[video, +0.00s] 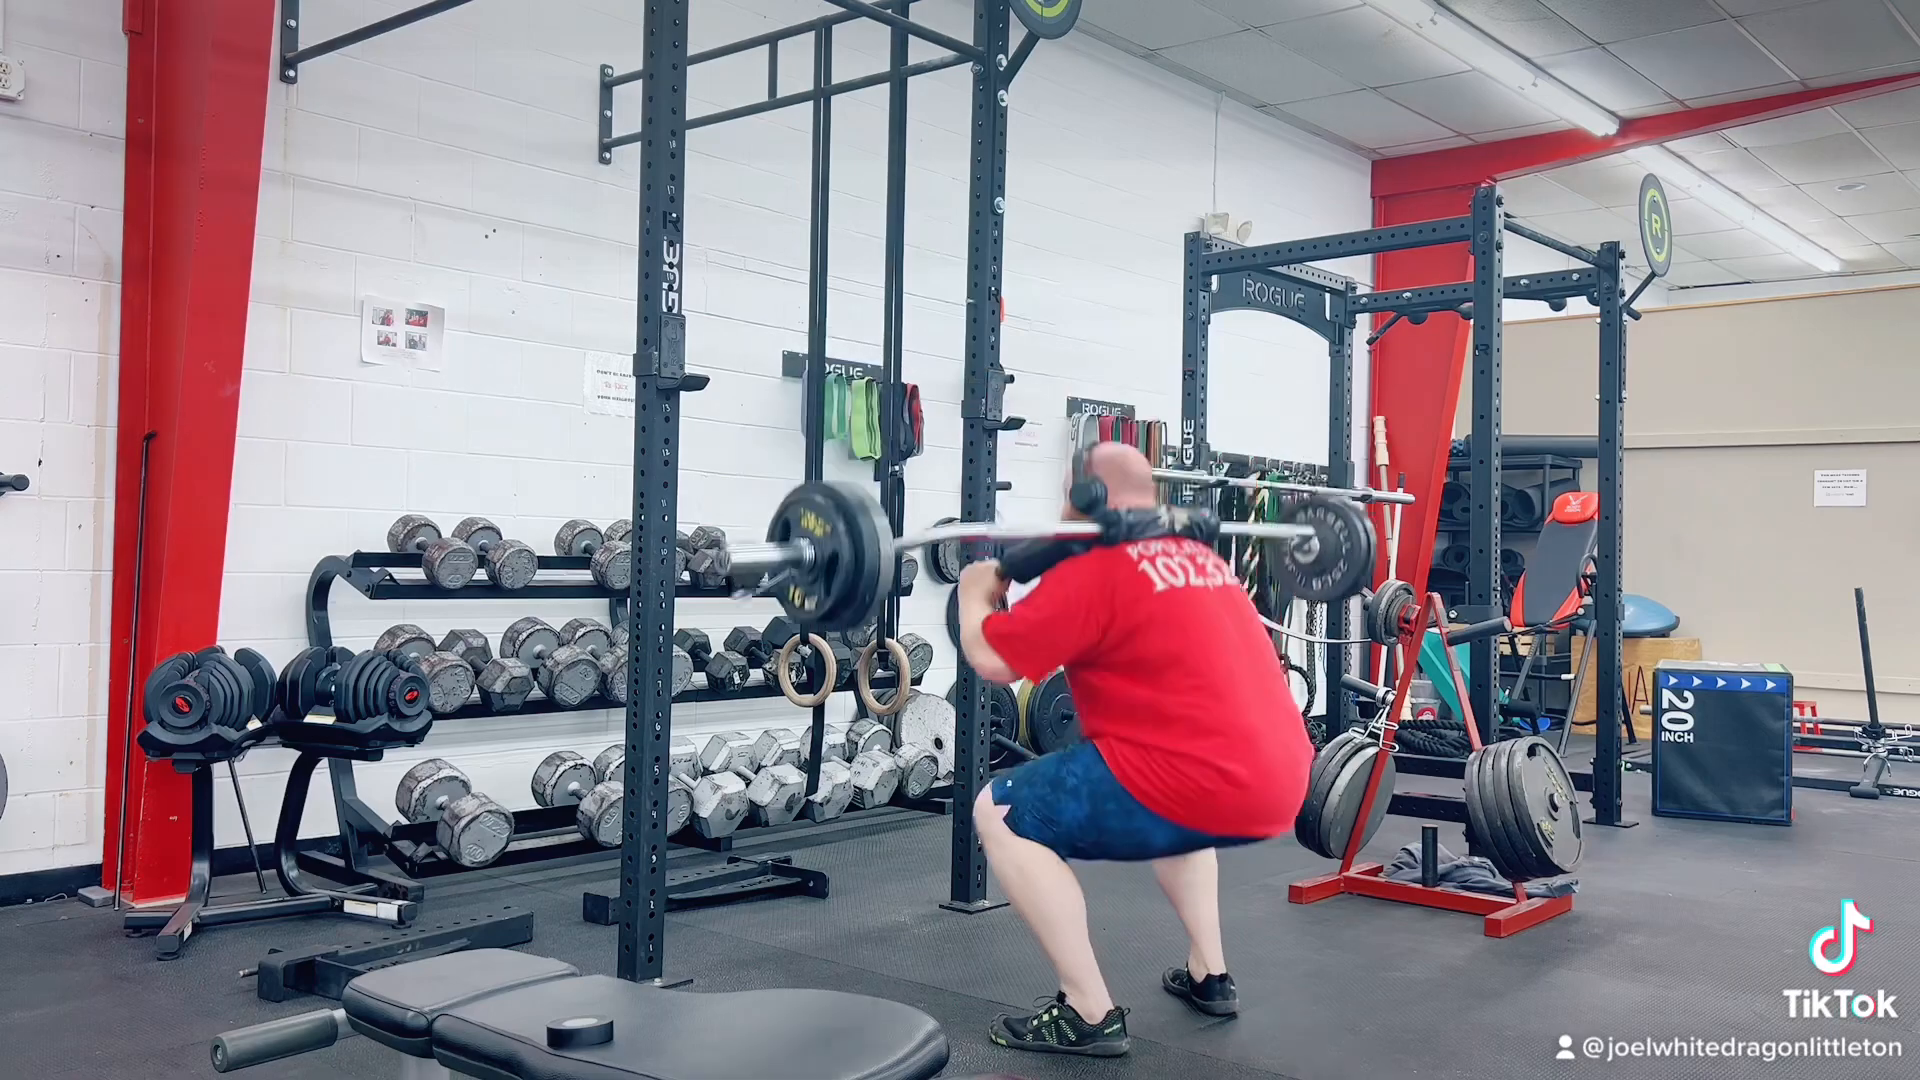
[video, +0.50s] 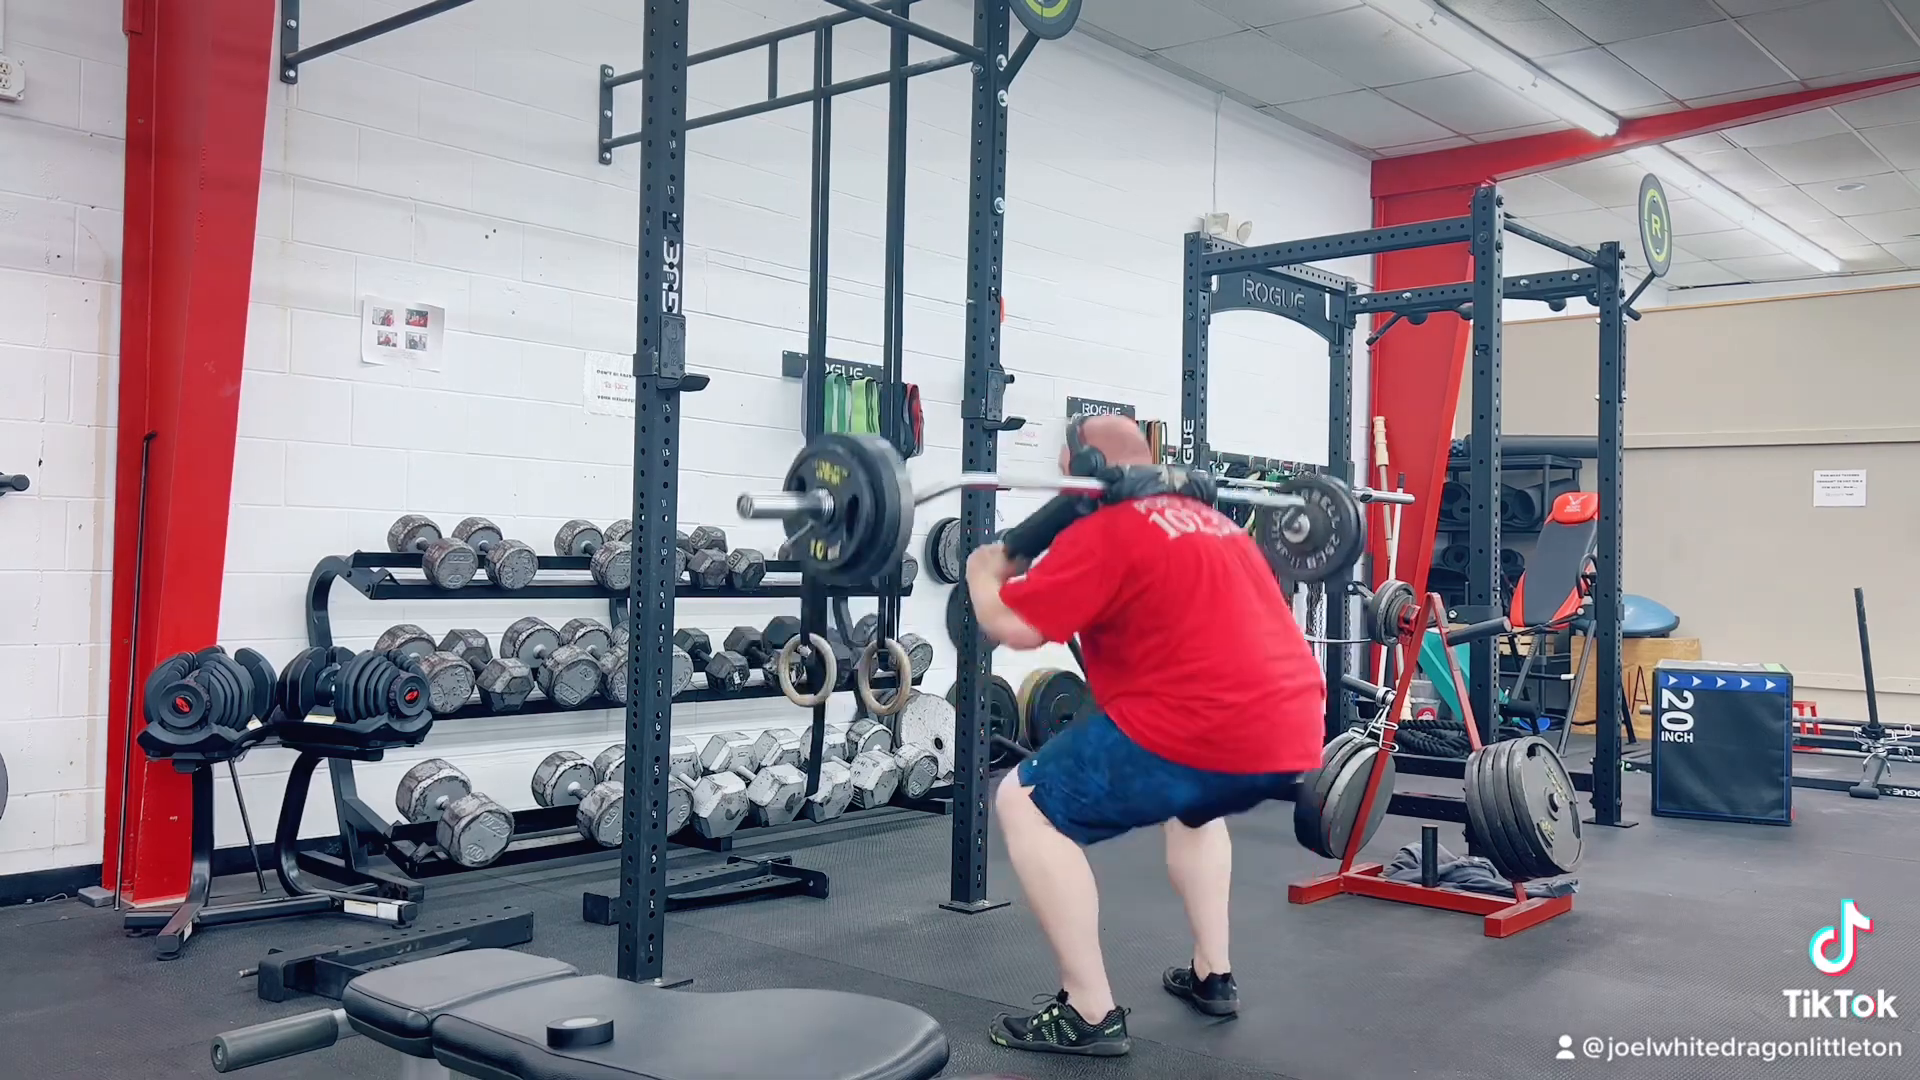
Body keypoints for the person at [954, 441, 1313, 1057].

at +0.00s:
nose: (1067, 509)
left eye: (1069, 499)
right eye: (1073, 499)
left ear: (1080, 504)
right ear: (1153, 500)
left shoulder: (1097, 572)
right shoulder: (1201, 557)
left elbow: (992, 659)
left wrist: (972, 592)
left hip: (1186, 785)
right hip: (1277, 783)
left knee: (999, 810)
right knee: (1158, 797)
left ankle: (1089, 1010)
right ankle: (1210, 973)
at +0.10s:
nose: (1063, 576)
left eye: (1064, 566)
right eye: (1066, 566)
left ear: (1075, 573)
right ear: (1149, 566)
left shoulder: (1095, 638)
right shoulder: (1199, 619)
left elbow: (987, 720)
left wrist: (972, 650)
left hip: (1203, 858)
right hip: (1282, 853)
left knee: (999, 811)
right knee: (1159, 782)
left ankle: (1088, 1010)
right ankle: (1209, 974)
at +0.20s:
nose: (1067, 616)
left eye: (1069, 605)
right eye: (1069, 605)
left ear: (1081, 609)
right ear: (1152, 602)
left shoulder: (1098, 674)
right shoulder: (1204, 655)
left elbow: (989, 757)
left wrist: (971, 683)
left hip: (1206, 899)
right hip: (1284, 890)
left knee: (1000, 815)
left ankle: (1088, 1009)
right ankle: (1208, 973)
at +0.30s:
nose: (1067, 598)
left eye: (1068, 590)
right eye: (1070, 590)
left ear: (1075, 598)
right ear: (1151, 591)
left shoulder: (1099, 665)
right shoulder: (1202, 644)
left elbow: (993, 752)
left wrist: (975, 681)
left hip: (1208, 886)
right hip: (1286, 877)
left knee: (999, 815)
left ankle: (1088, 1008)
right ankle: (1209, 972)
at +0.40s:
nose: (1063, 547)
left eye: (1065, 538)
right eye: (1066, 539)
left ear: (1080, 542)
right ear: (1147, 532)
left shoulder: (1104, 601)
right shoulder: (1207, 584)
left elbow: (1002, 696)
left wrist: (977, 634)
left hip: (1206, 805)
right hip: (1297, 803)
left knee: (1014, 805)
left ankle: (1089, 1008)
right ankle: (1212, 974)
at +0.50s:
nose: (1064, 477)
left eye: (1064, 468)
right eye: (1066, 468)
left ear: (1079, 470)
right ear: (1149, 462)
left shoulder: (1108, 530)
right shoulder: (1212, 517)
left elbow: (1013, 626)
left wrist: (980, 570)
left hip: (1194, 732)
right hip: (1291, 731)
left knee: (1024, 800)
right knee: (1194, 806)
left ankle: (1089, 1008)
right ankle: (1214, 974)